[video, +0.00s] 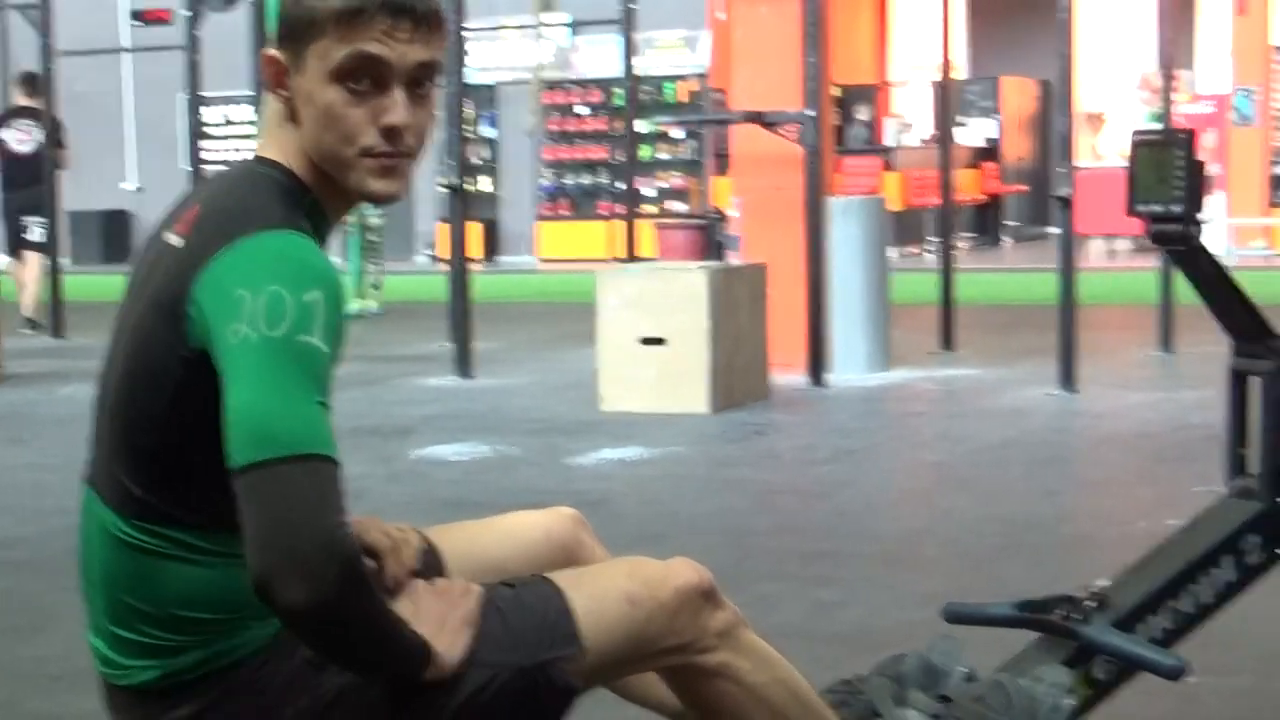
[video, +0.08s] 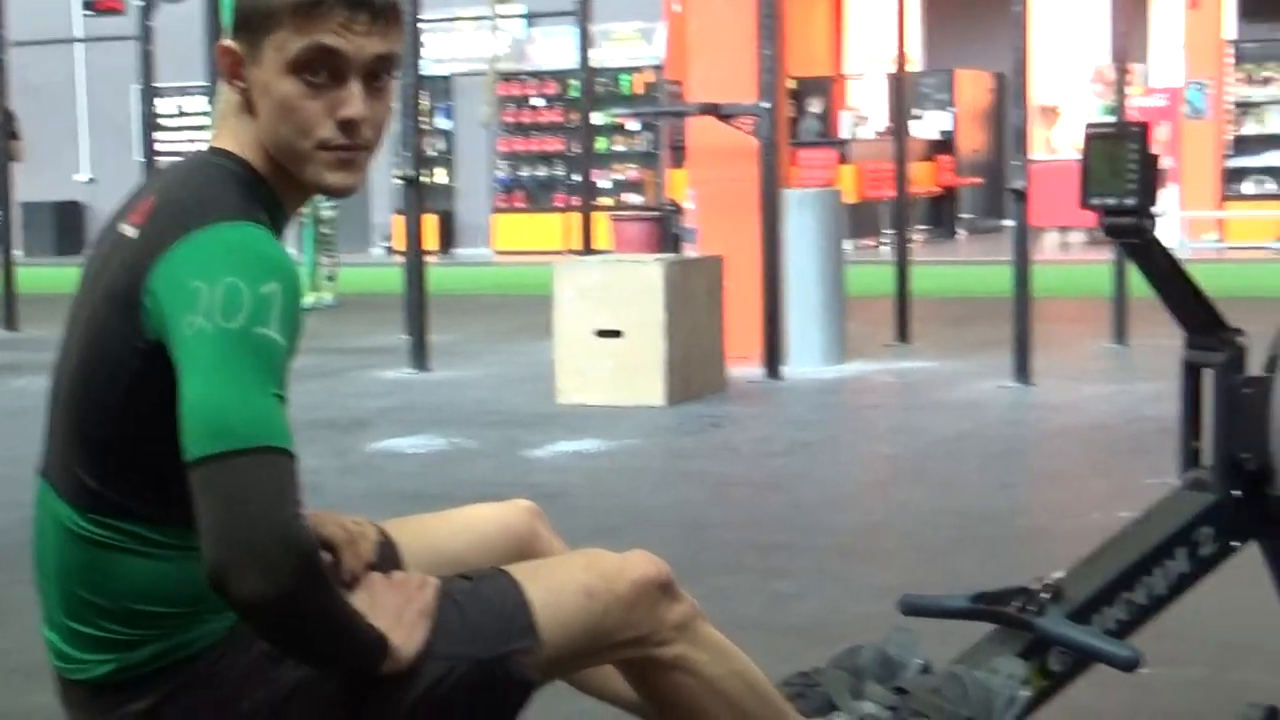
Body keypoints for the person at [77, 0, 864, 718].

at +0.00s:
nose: (400, 118)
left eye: (422, 85)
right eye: (363, 81)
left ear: (442, 91)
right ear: (283, 82)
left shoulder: (259, 218)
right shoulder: (271, 256)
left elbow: (215, 470)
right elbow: (297, 571)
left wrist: (343, 538)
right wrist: (411, 659)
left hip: (222, 617)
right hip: (236, 679)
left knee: (560, 538)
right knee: (688, 599)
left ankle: (720, 702)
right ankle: (829, 710)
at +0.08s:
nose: (357, 111)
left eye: (379, 76)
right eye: (319, 73)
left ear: (399, 80)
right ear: (238, 73)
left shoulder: (204, 210)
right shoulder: (229, 249)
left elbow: (164, 469)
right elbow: (253, 566)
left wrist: (301, 530)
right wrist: (367, 651)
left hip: (180, 621)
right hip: (191, 677)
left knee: (516, 531)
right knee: (644, 592)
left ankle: (697, 700)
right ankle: (786, 707)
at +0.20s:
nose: (310, 106)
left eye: (331, 69)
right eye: (272, 65)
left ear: (351, 68)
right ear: (188, 58)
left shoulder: (142, 195)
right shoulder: (180, 237)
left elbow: (109, 462)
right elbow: (206, 556)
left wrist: (247, 518)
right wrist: (319, 644)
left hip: (115, 607)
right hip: (137, 667)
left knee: (466, 523)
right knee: (596, 581)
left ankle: (652, 695)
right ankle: (746, 709)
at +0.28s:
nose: (273, 94)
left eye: (296, 60)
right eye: (236, 55)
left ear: (318, 66)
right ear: (151, 52)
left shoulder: (115, 180)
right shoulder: (144, 222)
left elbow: (61, 434)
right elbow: (170, 536)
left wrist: (204, 503)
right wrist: (287, 623)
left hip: (91, 597)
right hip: (93, 658)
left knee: (431, 510)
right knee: (555, 568)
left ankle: (641, 694)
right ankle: (719, 710)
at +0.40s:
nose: (214, 74)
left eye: (233, 41)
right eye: (173, 35)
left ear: (249, 45)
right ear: (86, 31)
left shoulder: (52, 168)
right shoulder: (80, 206)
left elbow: (36, 433)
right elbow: (108, 522)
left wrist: (146, 492)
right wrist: (220, 609)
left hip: (57, 586)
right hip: (53, 642)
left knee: (366, 492)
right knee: (490, 551)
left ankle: (590, 689)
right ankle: (666, 710)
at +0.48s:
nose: (186, 64)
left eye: (196, 32)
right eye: (144, 29)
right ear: (48, 27)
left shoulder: (43, 176)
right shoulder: (41, 205)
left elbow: (52, 453)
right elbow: (62, 515)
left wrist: (152, 506)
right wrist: (171, 607)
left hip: (49, 583)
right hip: (40, 637)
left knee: (322, 491)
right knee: (450, 549)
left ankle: (555, 687)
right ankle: (629, 708)